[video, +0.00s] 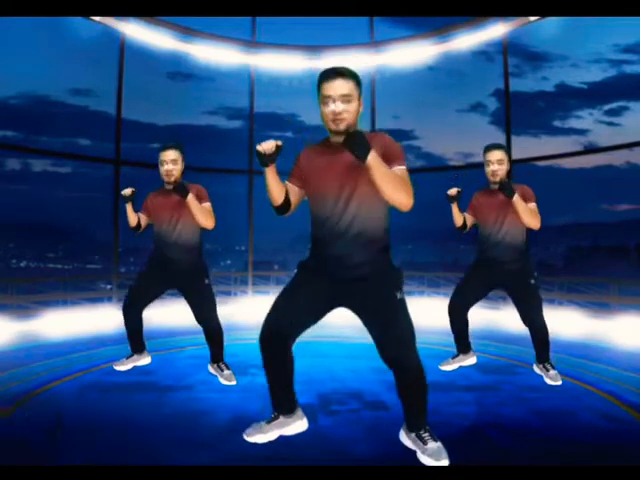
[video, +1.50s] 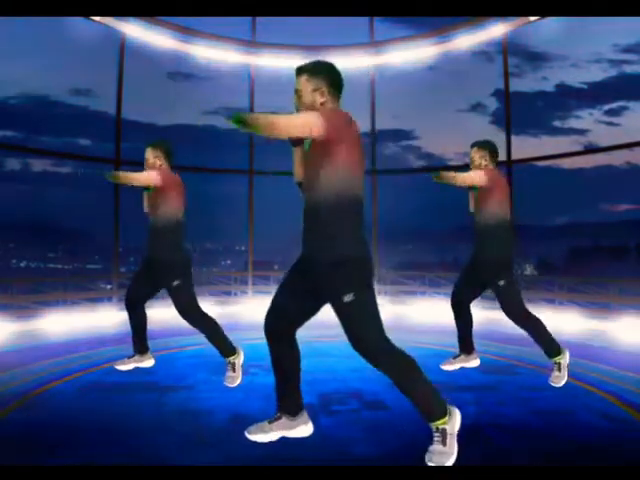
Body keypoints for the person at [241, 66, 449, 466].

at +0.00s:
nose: (337, 108)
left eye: (345, 99)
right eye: (328, 100)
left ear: (360, 104)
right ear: (319, 107)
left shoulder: (381, 145)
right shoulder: (311, 156)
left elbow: (404, 200)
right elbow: (284, 206)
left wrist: (364, 153)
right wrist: (268, 164)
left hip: (373, 276)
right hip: (320, 274)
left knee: (406, 361)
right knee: (273, 337)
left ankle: (417, 429)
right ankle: (287, 414)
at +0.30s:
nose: (335, 55)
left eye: (345, 49)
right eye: (327, 49)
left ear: (360, 58)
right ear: (317, 61)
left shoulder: (379, 103)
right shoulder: (304, 113)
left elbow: (406, 151)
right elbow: (274, 159)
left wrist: (365, 106)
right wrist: (261, 117)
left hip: (369, 233)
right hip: (316, 234)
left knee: (396, 326)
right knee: (290, 320)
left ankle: (415, 417)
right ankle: (278, 401)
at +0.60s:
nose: (338, 92)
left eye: (347, 84)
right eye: (330, 85)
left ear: (362, 89)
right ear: (323, 92)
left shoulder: (385, 135)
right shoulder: (312, 144)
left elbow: (399, 192)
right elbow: (292, 194)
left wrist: (365, 147)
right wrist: (271, 169)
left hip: (370, 265)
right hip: (318, 263)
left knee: (398, 354)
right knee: (283, 337)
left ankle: (408, 433)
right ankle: (284, 414)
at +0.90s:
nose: (348, 88)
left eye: (357, 79)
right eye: (340, 81)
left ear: (373, 84)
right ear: (332, 87)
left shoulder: (395, 128)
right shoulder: (318, 134)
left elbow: (414, 183)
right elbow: (291, 174)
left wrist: (376, 141)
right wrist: (289, 140)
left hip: (375, 260)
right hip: (322, 257)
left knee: (400, 350)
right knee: (279, 327)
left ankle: (409, 433)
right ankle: (286, 406)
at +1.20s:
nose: (315, 93)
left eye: (324, 85)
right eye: (309, 86)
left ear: (342, 91)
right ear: (303, 92)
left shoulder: (362, 134)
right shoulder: (308, 136)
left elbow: (376, 190)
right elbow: (280, 159)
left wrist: (335, 159)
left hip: (345, 259)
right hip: (310, 259)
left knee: (363, 347)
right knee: (275, 329)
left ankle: (434, 412)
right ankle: (291, 414)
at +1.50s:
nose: (296, 99)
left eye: (300, 92)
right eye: (296, 94)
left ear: (321, 92)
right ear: (324, 94)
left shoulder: (333, 119)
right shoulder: (328, 131)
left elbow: (274, 126)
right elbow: (304, 180)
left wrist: (242, 119)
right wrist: (298, 140)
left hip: (343, 259)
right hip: (319, 258)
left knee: (373, 345)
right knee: (277, 326)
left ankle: (443, 419)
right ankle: (291, 415)